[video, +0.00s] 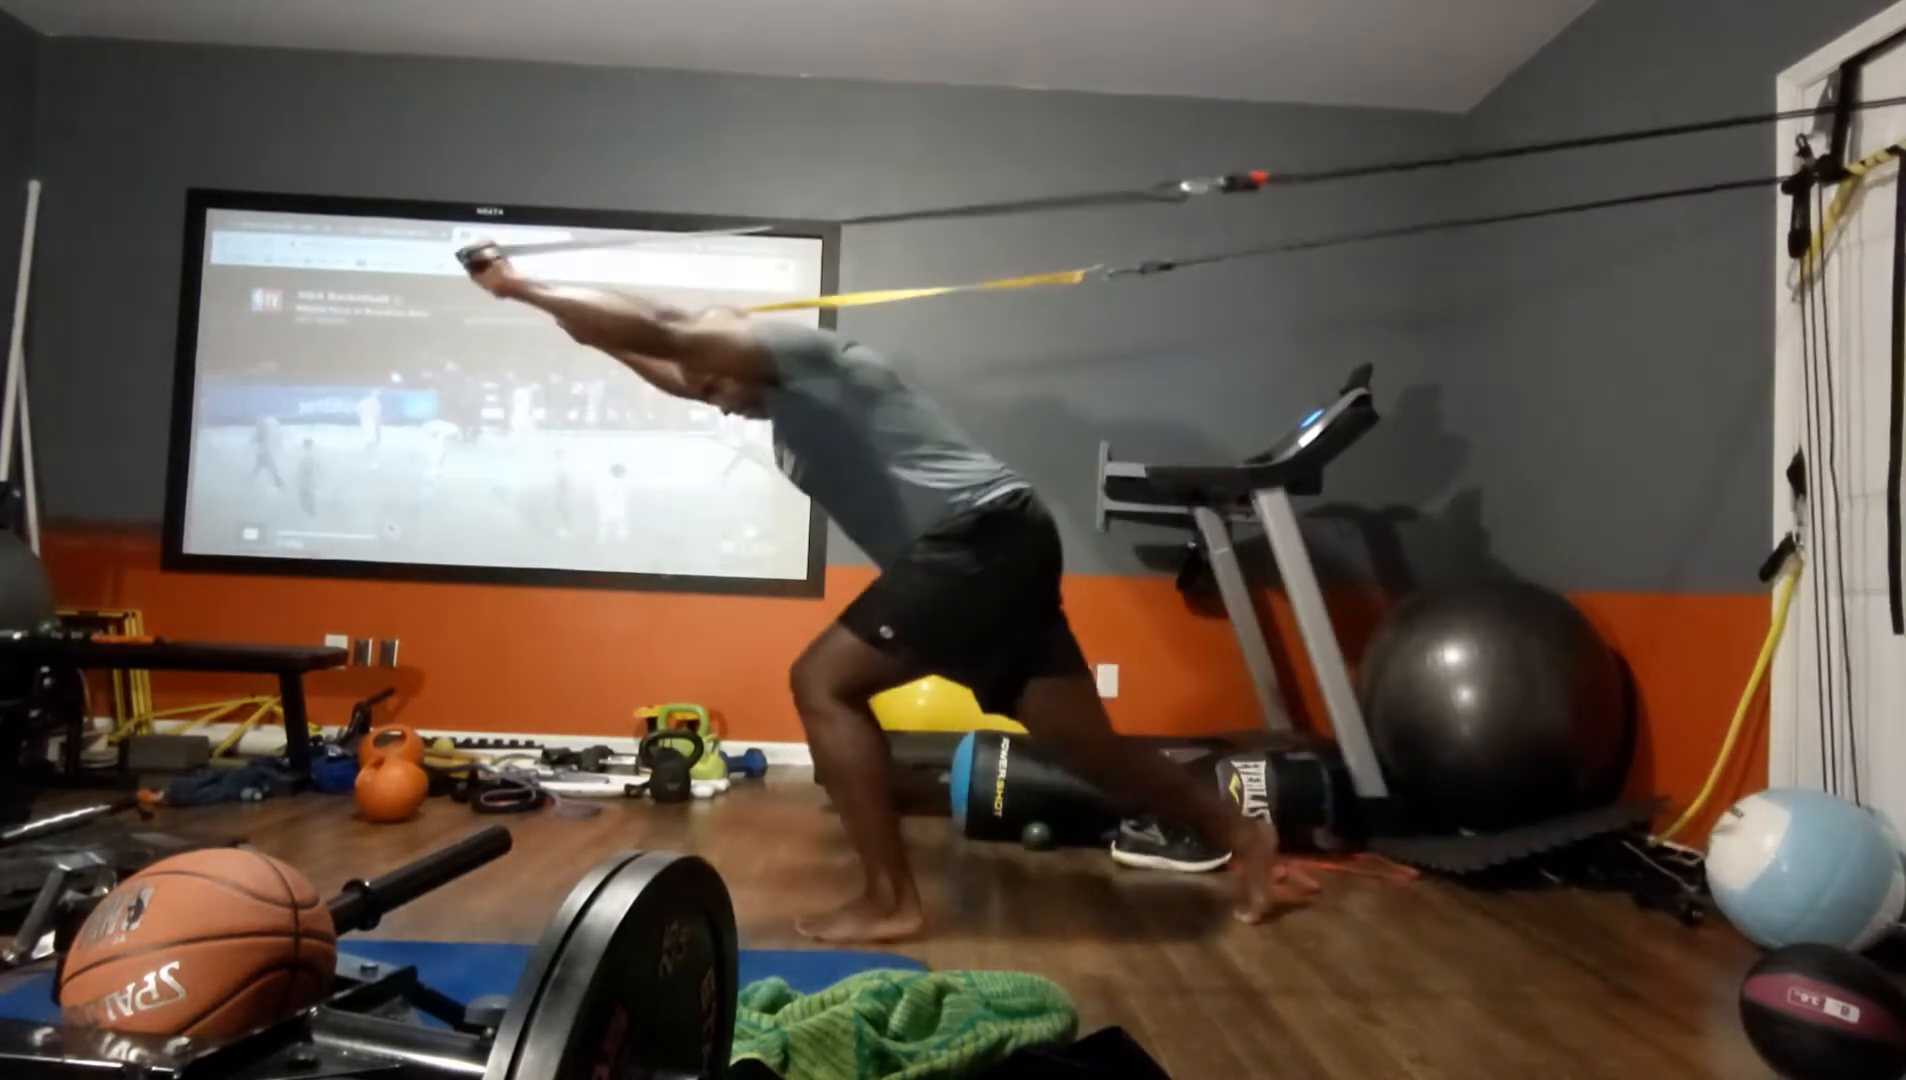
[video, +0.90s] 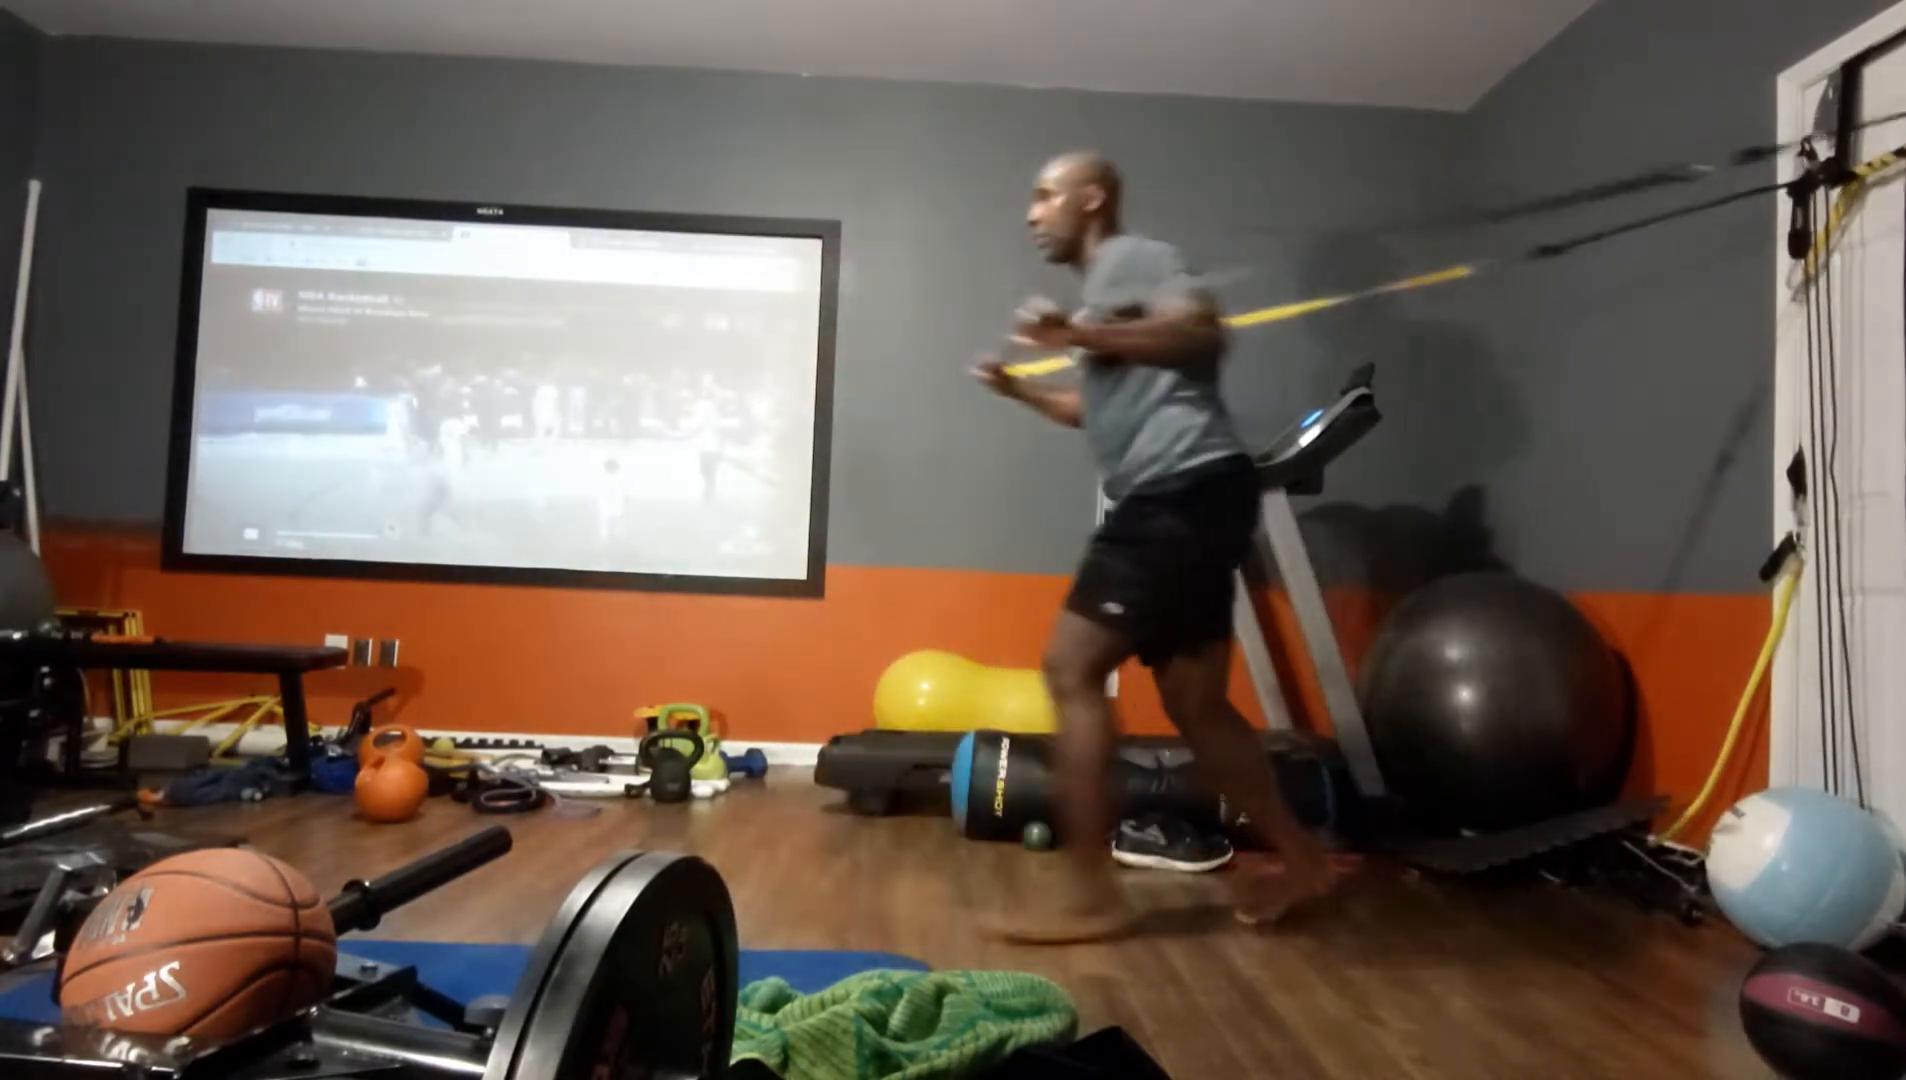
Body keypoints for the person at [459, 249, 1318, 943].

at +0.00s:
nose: (694, 390)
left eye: (694, 374)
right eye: (682, 383)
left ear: (732, 344)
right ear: (736, 367)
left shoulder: (802, 353)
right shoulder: (800, 414)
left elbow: (655, 338)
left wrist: (524, 288)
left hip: (980, 534)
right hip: (996, 544)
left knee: (822, 686)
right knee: (1091, 748)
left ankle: (888, 899)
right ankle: (1246, 843)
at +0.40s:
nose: (767, 325)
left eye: (769, 310)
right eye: (766, 315)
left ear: (804, 299)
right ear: (814, 313)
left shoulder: (878, 327)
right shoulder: (847, 382)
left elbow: (743, 315)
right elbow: (744, 370)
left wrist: (604, 279)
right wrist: (653, 337)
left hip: (1006, 528)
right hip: (1037, 536)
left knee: (844, 676)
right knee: (1100, 737)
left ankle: (890, 894)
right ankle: (1258, 843)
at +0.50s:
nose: (814, 277)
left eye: (824, 261)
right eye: (812, 269)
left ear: (874, 256)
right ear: (850, 280)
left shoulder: (926, 308)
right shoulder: (885, 364)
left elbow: (805, 309)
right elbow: (790, 374)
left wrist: (674, 276)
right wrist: (693, 340)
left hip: (1033, 521)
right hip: (1051, 530)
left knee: (869, 667)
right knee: (1120, 740)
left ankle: (890, 896)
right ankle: (1266, 845)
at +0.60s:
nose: (876, 255)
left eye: (889, 237)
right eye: (875, 241)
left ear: (940, 231)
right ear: (918, 240)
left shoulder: (987, 283)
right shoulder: (943, 332)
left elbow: (893, 310)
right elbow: (869, 386)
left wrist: (768, 282)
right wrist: (770, 349)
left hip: (1066, 513)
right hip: (1077, 520)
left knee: (916, 665)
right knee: (1130, 722)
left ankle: (892, 895)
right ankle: (1280, 851)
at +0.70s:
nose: (942, 227)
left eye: (955, 210)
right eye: (941, 217)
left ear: (1006, 210)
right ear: (966, 227)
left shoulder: (1054, 265)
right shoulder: (1002, 326)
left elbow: (1016, 319)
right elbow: (948, 394)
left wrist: (882, 289)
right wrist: (852, 346)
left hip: (1106, 496)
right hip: (1107, 505)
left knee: (980, 673)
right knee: (1160, 706)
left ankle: (899, 884)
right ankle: (1288, 854)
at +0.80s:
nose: (995, 220)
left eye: (1008, 202)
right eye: (996, 205)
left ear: (1056, 202)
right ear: (1043, 207)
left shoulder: (1097, 254)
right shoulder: (1056, 299)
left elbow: (1126, 325)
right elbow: (1034, 406)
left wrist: (992, 312)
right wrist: (945, 368)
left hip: (1146, 490)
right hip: (1147, 496)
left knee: (1031, 675)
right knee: (1183, 705)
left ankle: (968, 889)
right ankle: (1297, 858)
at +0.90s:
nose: (1031, 214)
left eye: (1045, 197)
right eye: (1032, 200)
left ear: (1095, 201)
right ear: (1084, 205)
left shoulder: (1133, 257)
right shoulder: (1094, 298)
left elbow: (1202, 332)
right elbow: (1094, 413)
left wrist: (1079, 334)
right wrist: (1019, 388)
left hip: (1183, 488)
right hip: (1175, 493)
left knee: (1072, 670)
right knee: (1194, 699)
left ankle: (1087, 889)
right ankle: (1301, 862)